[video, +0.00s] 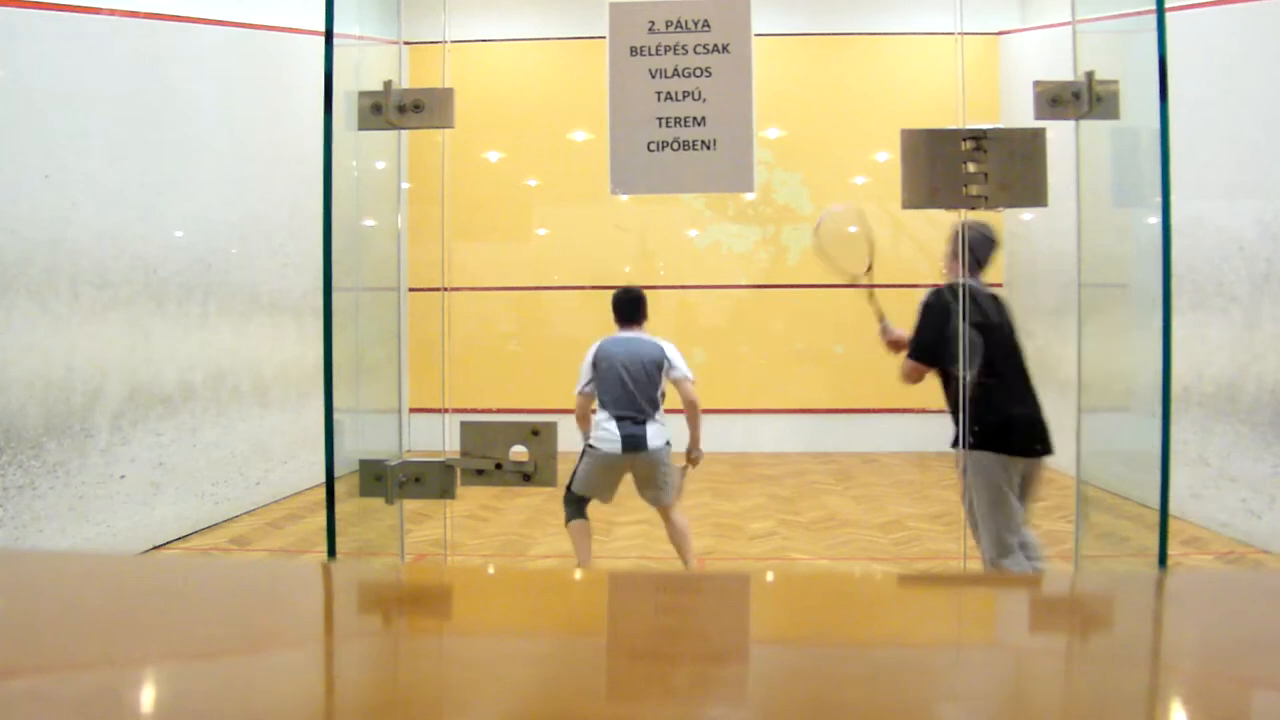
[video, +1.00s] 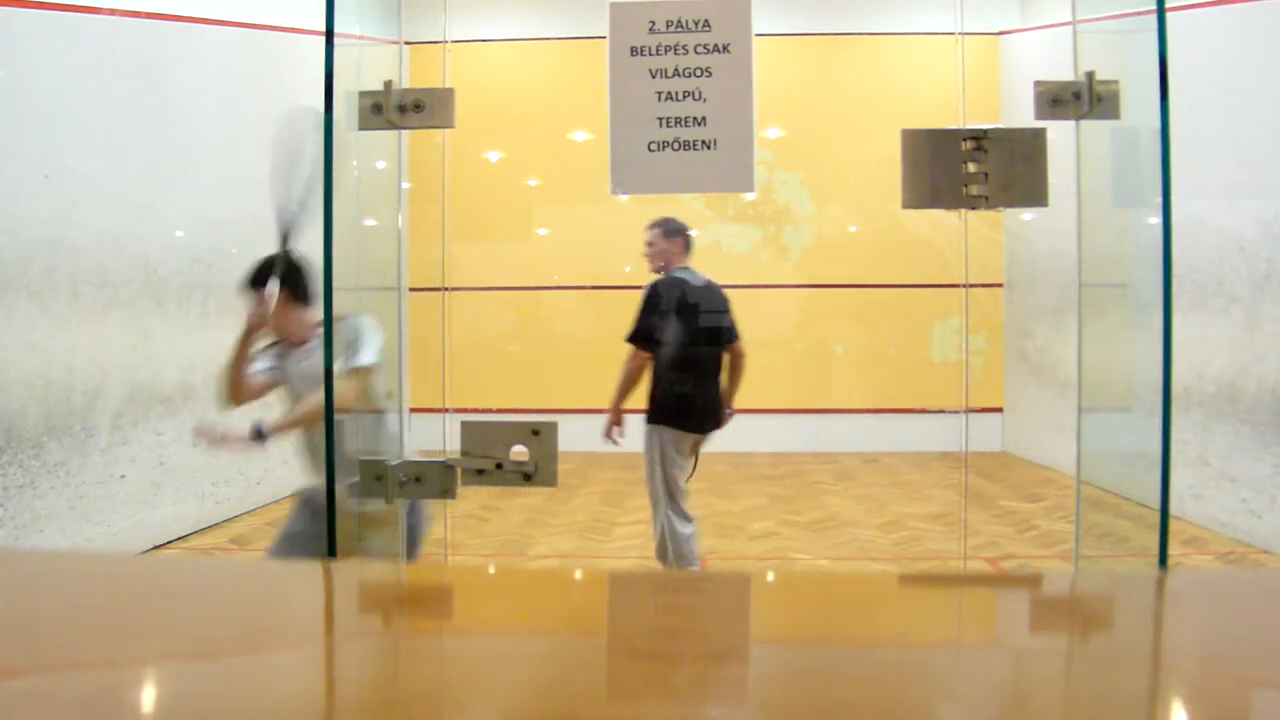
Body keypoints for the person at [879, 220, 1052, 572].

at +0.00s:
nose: (943, 253)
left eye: (947, 247)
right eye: (948, 246)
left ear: (952, 252)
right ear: (983, 258)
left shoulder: (943, 300)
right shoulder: (992, 302)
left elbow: (913, 372)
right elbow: (963, 348)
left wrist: (912, 341)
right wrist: (907, 343)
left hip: (987, 440)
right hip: (1028, 438)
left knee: (1000, 546)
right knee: (1012, 530)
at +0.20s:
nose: (875, 260)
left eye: (879, 254)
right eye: (878, 254)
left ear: (884, 261)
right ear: (912, 267)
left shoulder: (876, 310)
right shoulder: (926, 308)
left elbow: (854, 384)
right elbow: (925, 371)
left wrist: (840, 439)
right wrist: (882, 398)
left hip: (931, 437)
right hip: (954, 432)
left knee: (965, 527)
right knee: (900, 502)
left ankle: (1014, 591)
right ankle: (864, 577)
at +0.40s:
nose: (818, 256)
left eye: (822, 249)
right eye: (821, 249)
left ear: (832, 254)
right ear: (854, 258)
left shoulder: (826, 303)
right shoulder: (873, 301)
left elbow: (812, 376)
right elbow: (898, 367)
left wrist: (791, 432)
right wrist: (859, 394)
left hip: (853, 433)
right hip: (884, 429)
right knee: (847, 522)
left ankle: (924, 574)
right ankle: (843, 606)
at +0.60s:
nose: (759, 250)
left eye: (764, 242)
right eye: (761, 242)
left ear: (781, 245)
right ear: (793, 248)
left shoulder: (776, 291)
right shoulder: (819, 292)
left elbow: (764, 359)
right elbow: (826, 362)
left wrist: (734, 419)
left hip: (791, 424)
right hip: (832, 423)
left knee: (742, 499)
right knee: (837, 511)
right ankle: (858, 589)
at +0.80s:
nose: (701, 256)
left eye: (706, 249)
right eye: (701, 249)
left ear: (728, 250)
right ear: (732, 252)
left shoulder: (718, 296)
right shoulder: (761, 298)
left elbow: (696, 365)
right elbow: (777, 360)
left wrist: (669, 418)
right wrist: (757, 401)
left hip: (719, 426)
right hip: (760, 426)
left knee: (687, 517)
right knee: (768, 505)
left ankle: (682, 602)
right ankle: (823, 570)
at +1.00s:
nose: (647, 254)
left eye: (652, 246)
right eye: (647, 247)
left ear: (677, 245)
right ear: (681, 247)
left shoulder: (662, 291)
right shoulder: (713, 292)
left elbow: (641, 355)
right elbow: (736, 353)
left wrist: (616, 407)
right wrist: (726, 400)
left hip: (669, 409)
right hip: (706, 410)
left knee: (670, 497)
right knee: (671, 492)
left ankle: (687, 577)